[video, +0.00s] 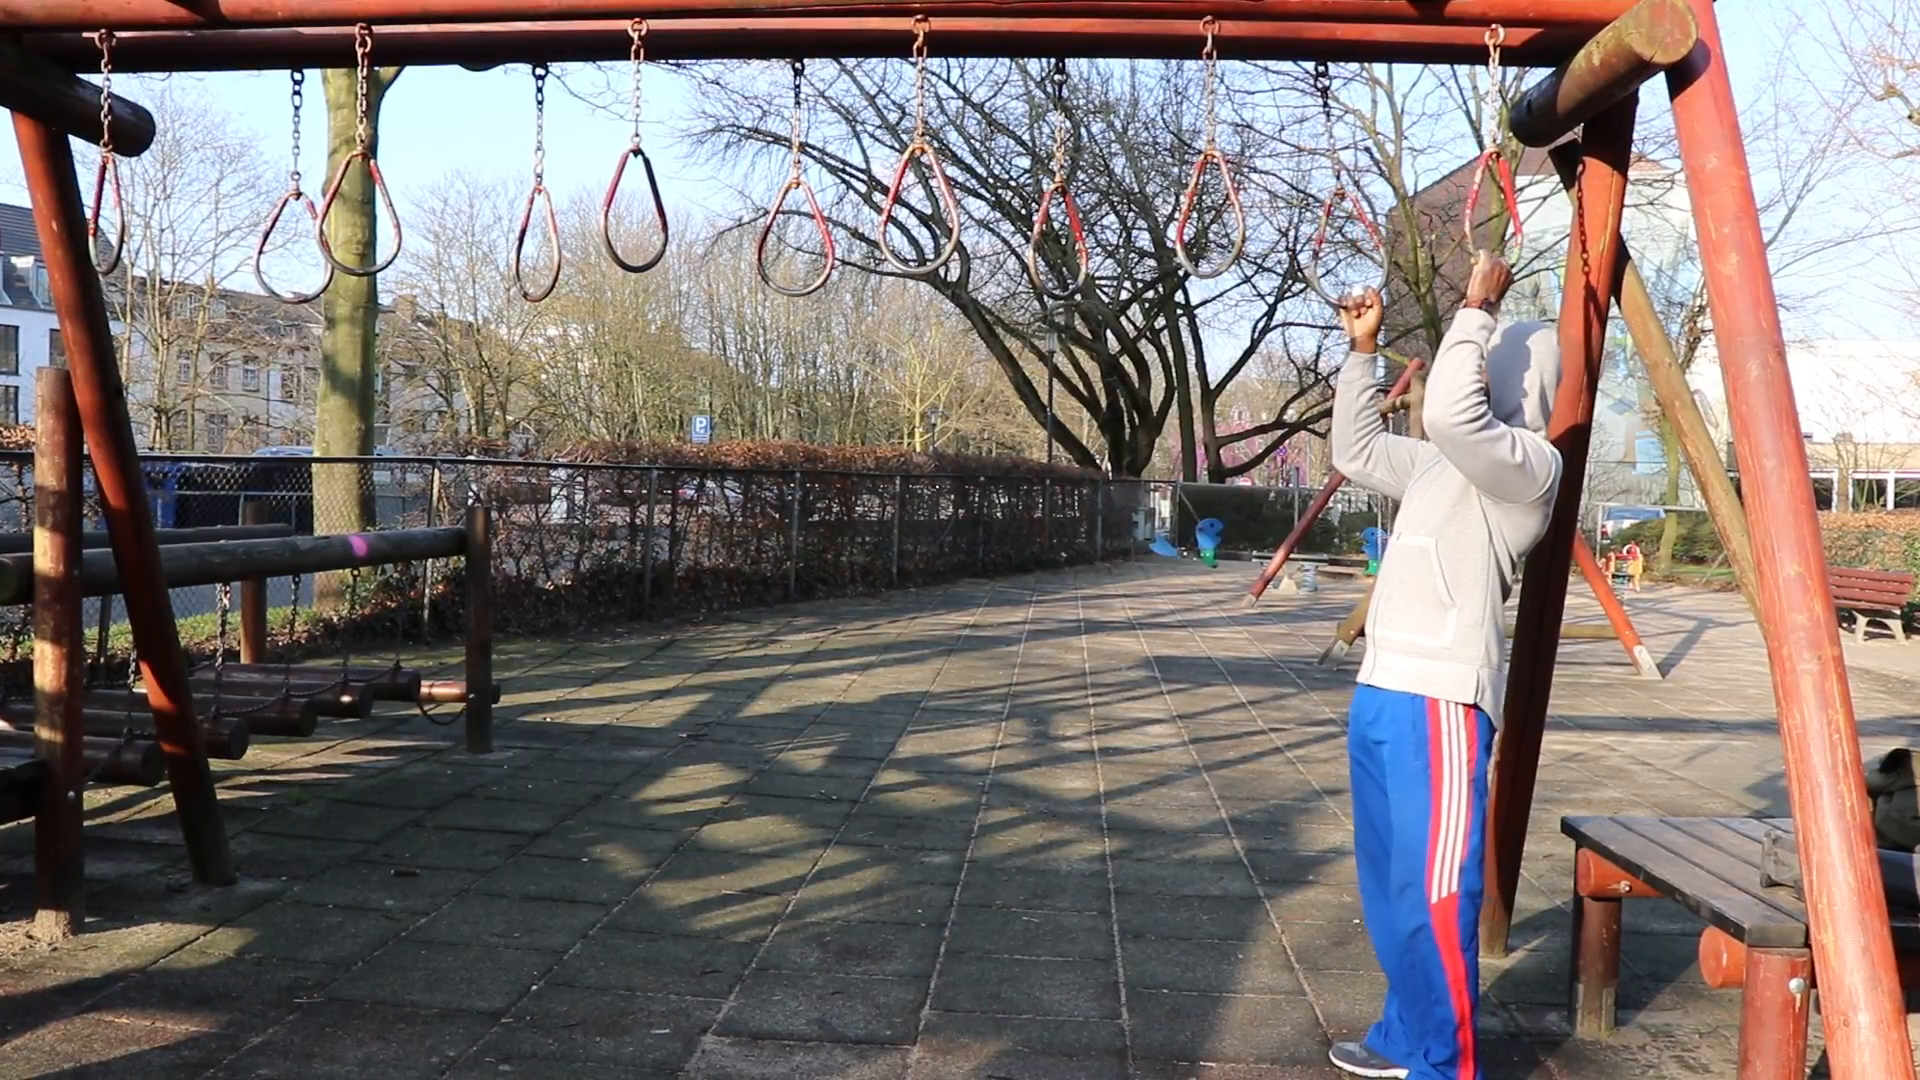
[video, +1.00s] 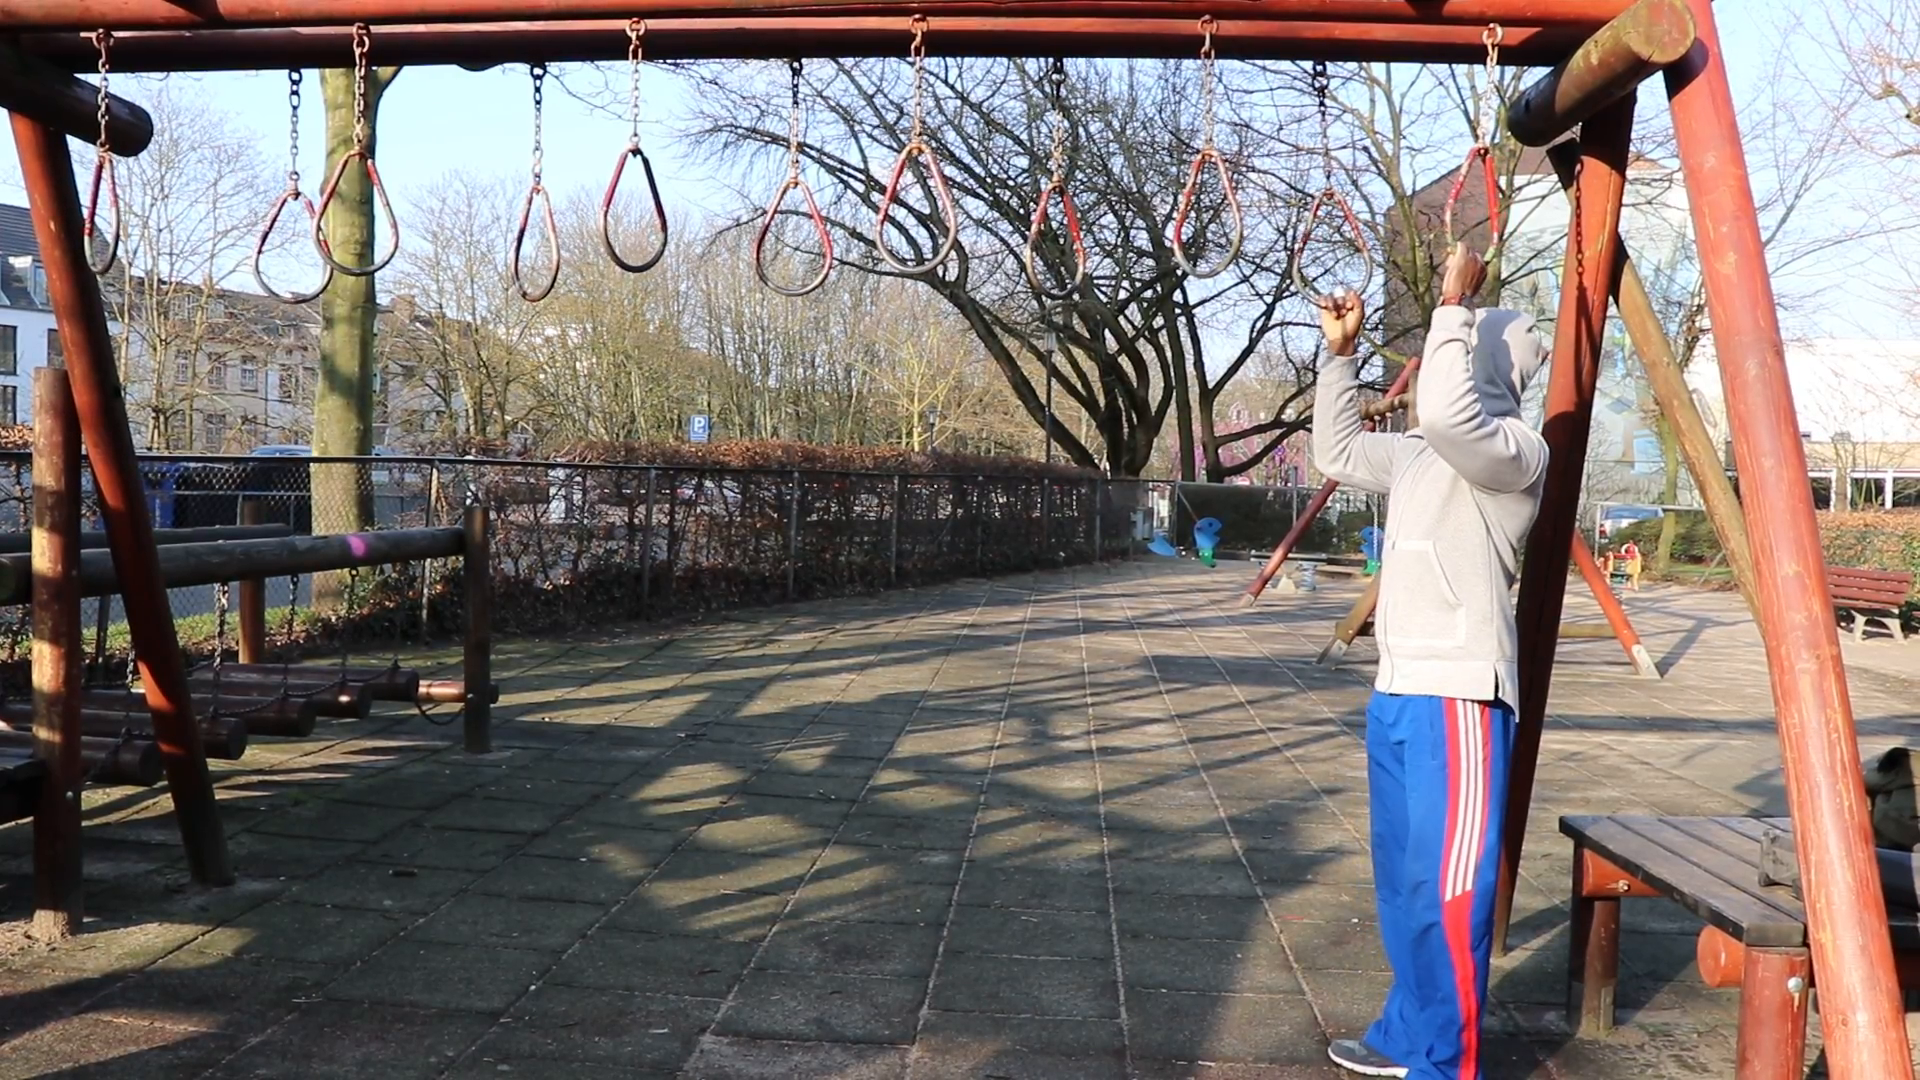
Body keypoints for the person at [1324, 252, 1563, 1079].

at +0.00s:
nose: (1463, 370)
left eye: (1489, 361)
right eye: (1469, 359)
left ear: (1515, 384)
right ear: (1505, 386)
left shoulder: (1531, 467)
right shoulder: (1438, 461)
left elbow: (1452, 413)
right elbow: (1356, 448)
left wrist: (1473, 313)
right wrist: (1362, 349)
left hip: (1441, 702)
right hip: (1383, 697)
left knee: (1434, 896)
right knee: (1390, 890)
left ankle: (1445, 1063)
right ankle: (1407, 1037)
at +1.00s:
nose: (1428, 368)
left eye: (1453, 353)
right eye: (1432, 354)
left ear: (1497, 371)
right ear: (1450, 378)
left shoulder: (1522, 453)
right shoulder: (1418, 451)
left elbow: (1448, 418)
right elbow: (1337, 450)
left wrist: (1454, 309)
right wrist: (1340, 352)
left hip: (1464, 696)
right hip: (1401, 694)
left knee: (1453, 885)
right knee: (1405, 879)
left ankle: (1447, 1058)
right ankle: (1408, 1034)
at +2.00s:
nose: (1429, 363)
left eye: (1451, 350)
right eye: (1433, 351)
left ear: (1481, 364)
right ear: (1498, 365)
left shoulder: (1507, 445)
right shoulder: (1423, 450)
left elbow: (1428, 433)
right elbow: (1337, 454)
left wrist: (1425, 331)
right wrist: (1322, 355)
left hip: (1463, 695)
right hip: (1407, 693)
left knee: (1452, 884)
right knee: (1407, 877)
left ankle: (1449, 1056)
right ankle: (1409, 1032)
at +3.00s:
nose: (1427, 357)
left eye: (1449, 346)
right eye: (1431, 343)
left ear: (1483, 377)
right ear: (1420, 369)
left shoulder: (1501, 438)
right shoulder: (1394, 444)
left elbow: (1449, 487)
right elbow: (1309, 448)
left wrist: (1434, 370)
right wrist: (1301, 348)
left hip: (1454, 695)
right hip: (1388, 690)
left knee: (1445, 887)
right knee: (1396, 879)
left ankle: (1447, 1059)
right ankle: (1407, 1031)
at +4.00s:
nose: (1487, 355)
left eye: (1509, 353)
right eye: (1490, 345)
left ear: (1525, 390)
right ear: (1473, 370)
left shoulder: (1511, 445)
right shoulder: (1417, 450)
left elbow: (1473, 364)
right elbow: (1334, 445)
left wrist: (1481, 284)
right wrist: (1331, 351)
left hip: (1451, 692)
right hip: (1391, 691)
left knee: (1446, 884)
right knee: (1401, 880)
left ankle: (1448, 1059)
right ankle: (1412, 1033)